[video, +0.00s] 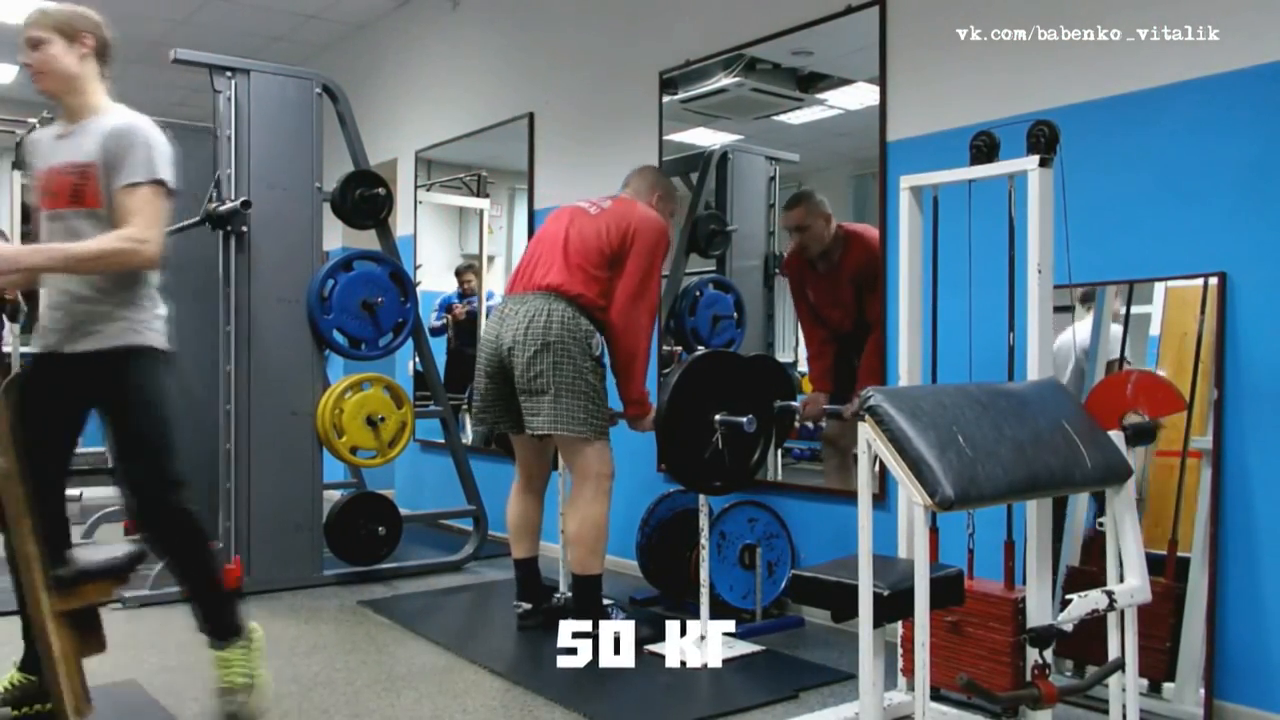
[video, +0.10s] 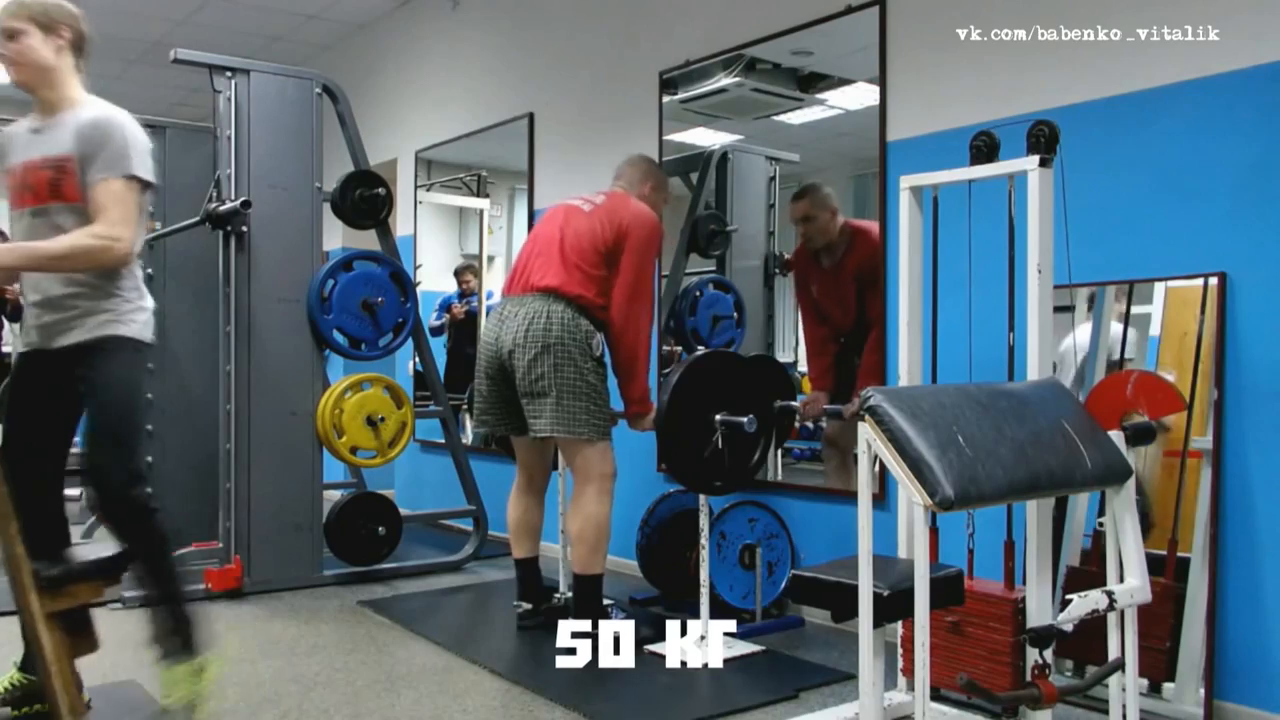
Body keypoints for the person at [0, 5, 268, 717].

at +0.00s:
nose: (27, 59)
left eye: (39, 44)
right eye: (24, 50)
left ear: (86, 47)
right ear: (34, 65)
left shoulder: (131, 131)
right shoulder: (39, 145)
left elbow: (145, 244)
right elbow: (47, 245)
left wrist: (35, 260)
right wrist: (14, 268)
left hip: (127, 343)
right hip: (54, 349)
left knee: (153, 498)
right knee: (30, 504)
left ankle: (231, 639)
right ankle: (46, 663)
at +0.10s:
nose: (4, 50)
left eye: (15, 35)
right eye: (1, 39)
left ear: (62, 40)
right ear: (11, 52)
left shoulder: (108, 125)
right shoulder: (13, 135)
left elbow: (116, 241)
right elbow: (27, 239)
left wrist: (11, 256)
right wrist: (12, 277)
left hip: (113, 326)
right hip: (43, 334)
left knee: (113, 483)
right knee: (27, 492)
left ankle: (181, 649)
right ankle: (49, 659)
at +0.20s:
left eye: (3, 25)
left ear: (37, 33)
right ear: (24, 36)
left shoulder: (82, 119)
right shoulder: (10, 131)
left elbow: (103, 237)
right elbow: (30, 239)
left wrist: (5, 255)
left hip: (98, 325)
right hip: (38, 335)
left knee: (90, 490)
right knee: (25, 503)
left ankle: (123, 682)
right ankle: (54, 670)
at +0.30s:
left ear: (14, 33)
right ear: (17, 36)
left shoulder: (55, 116)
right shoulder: (17, 129)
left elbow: (89, 238)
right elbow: (62, 238)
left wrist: (0, 253)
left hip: (88, 331)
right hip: (42, 337)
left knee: (64, 506)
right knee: (27, 505)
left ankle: (102, 696)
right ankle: (66, 677)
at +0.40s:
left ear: (5, 33)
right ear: (17, 36)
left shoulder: (42, 109)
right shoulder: (24, 117)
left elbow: (66, 238)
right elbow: (55, 237)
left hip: (84, 330)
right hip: (51, 332)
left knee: (55, 501)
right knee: (30, 498)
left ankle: (99, 690)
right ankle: (51, 657)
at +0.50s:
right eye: (3, 26)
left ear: (5, 22)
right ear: (16, 25)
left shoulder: (36, 95)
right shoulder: (24, 102)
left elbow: (45, 233)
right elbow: (42, 232)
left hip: (75, 326)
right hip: (49, 328)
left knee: (50, 502)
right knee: (27, 497)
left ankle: (100, 693)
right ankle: (43, 653)